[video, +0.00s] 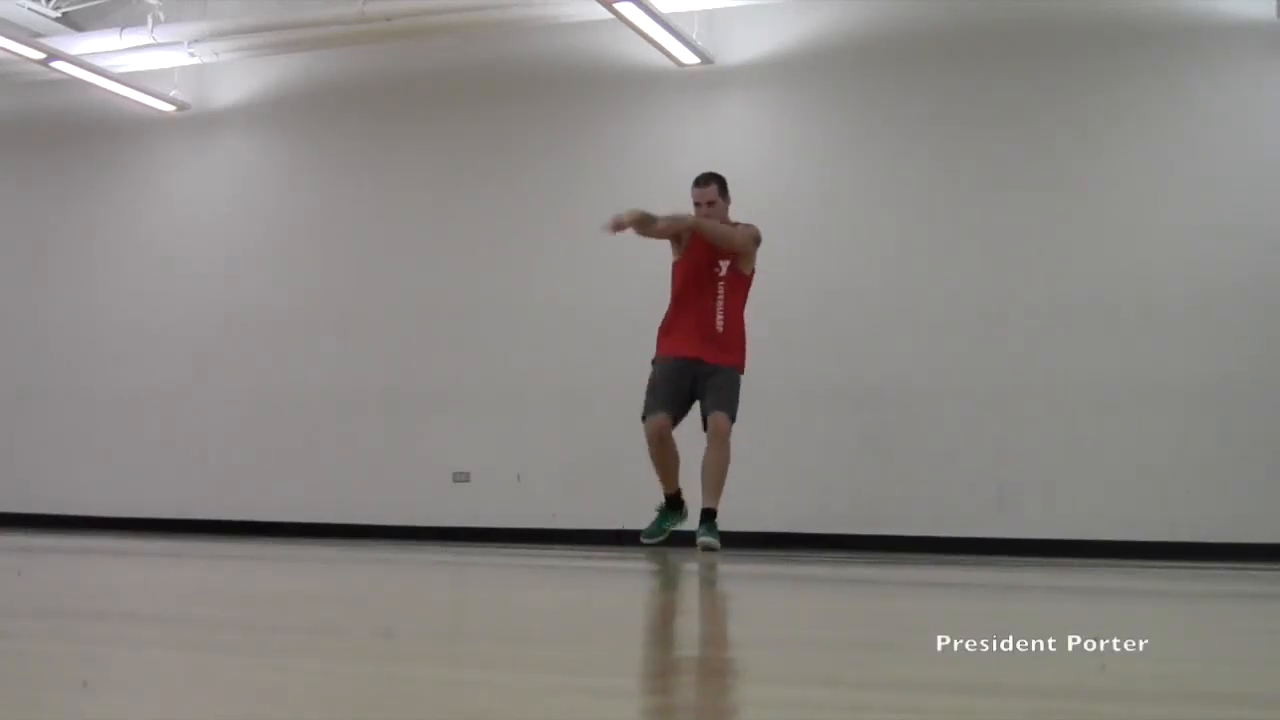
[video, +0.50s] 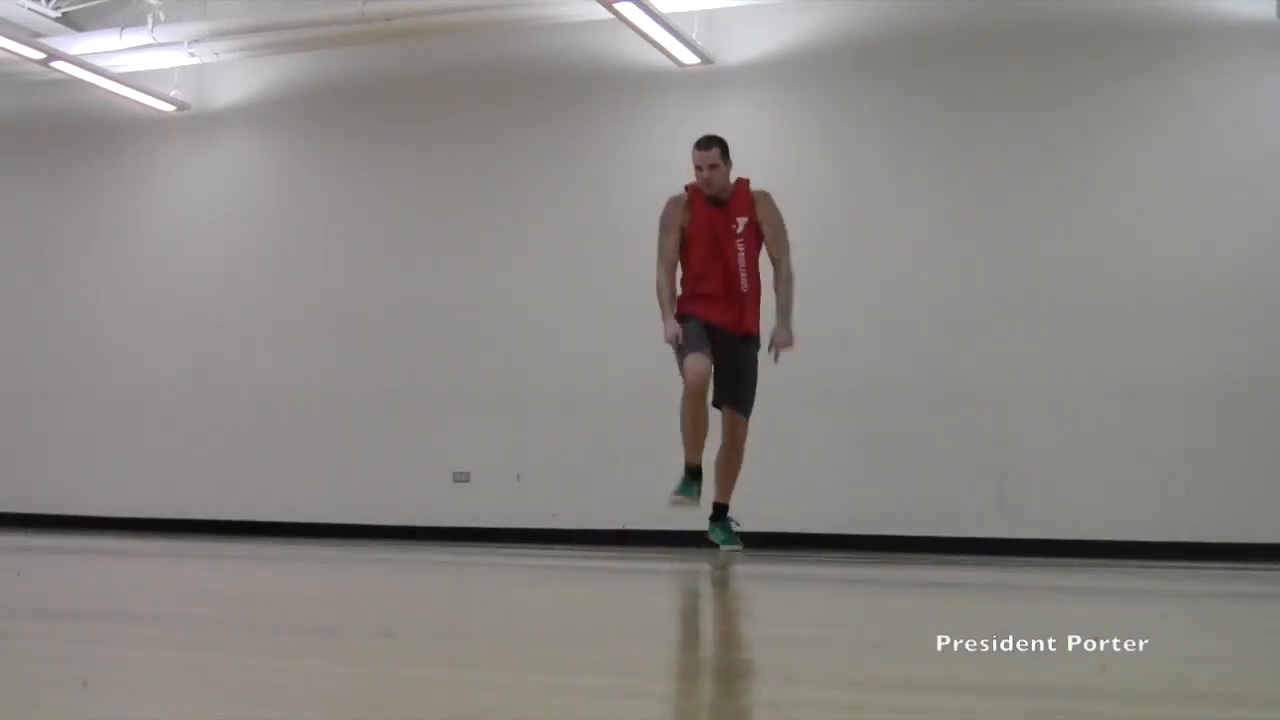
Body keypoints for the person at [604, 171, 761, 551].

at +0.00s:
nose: (702, 211)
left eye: (709, 204)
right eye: (697, 205)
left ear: (727, 203)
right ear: (693, 203)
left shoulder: (747, 234)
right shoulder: (682, 230)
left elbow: (730, 240)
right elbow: (656, 226)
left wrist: (691, 222)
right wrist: (634, 220)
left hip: (722, 356)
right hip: (675, 350)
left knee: (719, 427)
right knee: (655, 427)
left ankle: (708, 520)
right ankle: (673, 505)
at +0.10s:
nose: (704, 208)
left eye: (711, 200)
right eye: (698, 202)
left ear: (727, 199)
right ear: (691, 201)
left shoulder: (747, 229)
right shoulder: (685, 226)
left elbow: (732, 232)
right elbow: (639, 241)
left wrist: (695, 208)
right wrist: (653, 246)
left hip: (729, 346)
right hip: (685, 336)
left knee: (725, 426)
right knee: (670, 389)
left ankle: (709, 521)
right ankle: (653, 472)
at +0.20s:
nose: (702, 205)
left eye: (710, 198)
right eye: (696, 199)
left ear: (727, 199)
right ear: (690, 200)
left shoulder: (745, 228)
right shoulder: (681, 233)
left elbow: (716, 224)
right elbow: (662, 281)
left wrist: (680, 207)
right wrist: (682, 251)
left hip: (736, 345)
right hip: (696, 338)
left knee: (729, 431)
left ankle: (710, 520)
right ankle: (671, 418)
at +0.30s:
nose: (704, 198)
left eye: (711, 191)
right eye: (697, 192)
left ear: (728, 191)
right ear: (691, 193)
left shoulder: (749, 220)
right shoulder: (679, 228)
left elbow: (739, 226)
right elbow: (664, 283)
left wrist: (690, 215)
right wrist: (683, 253)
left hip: (734, 340)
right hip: (690, 331)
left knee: (730, 430)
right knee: (707, 308)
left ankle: (710, 520)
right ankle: (691, 386)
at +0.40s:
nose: (704, 178)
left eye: (711, 171)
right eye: (698, 172)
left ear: (727, 170)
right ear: (692, 173)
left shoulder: (750, 197)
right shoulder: (682, 203)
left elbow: (750, 234)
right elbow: (665, 242)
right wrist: (659, 281)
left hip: (738, 321)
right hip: (694, 311)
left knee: (728, 424)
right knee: (703, 346)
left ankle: (710, 519)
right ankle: (692, 409)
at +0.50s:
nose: (705, 175)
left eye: (713, 167)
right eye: (700, 168)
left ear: (729, 166)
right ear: (692, 170)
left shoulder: (758, 203)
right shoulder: (679, 208)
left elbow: (782, 264)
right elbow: (666, 268)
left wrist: (783, 324)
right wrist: (669, 317)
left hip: (741, 325)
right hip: (695, 319)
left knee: (735, 426)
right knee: (696, 374)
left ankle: (720, 516)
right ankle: (691, 474)